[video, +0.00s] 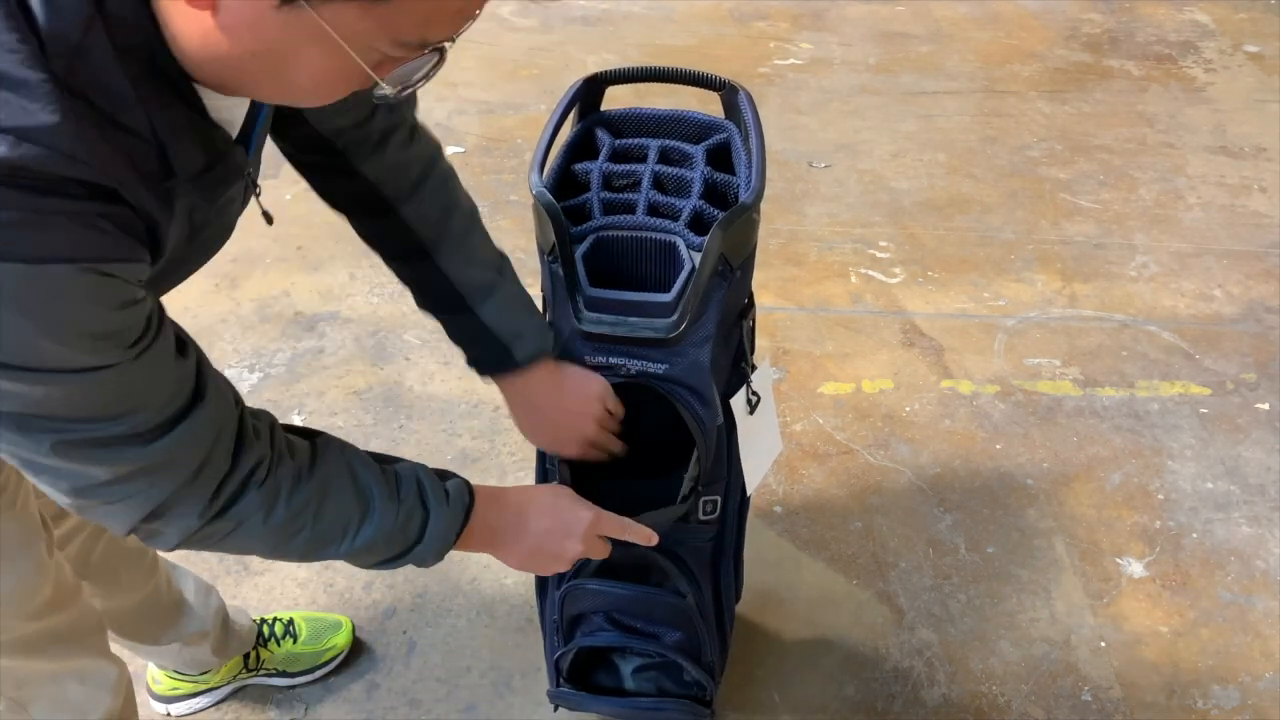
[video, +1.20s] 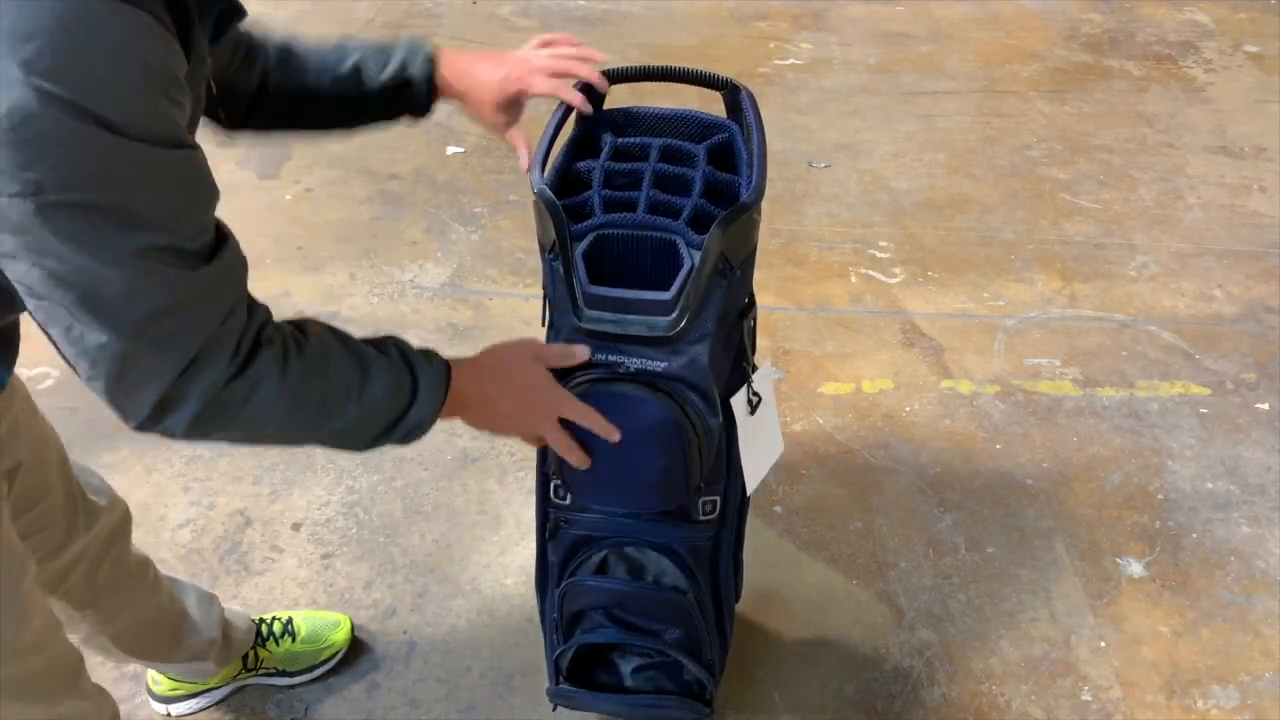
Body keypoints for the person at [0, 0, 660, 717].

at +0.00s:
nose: (408, 82)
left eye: (426, 56)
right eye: (398, 57)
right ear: (238, 13)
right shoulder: (32, 223)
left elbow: (373, 149)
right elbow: (201, 480)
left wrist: (523, 364)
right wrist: (479, 518)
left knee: (83, 513)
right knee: (39, 622)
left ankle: (200, 653)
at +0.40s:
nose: (382, 104)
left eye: (406, 77)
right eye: (383, 76)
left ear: (194, 17)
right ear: (198, 23)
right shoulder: (19, 256)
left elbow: (347, 189)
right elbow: (178, 498)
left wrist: (515, 380)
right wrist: (472, 524)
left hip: (45, 361)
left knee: (97, 518)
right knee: (37, 628)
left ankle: (199, 654)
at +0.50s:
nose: (383, 63)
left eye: (398, 41)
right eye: (386, 41)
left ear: (206, 2)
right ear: (211, 3)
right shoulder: (25, 257)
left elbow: (226, 145)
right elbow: (191, 485)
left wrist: (369, 316)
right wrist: (480, 506)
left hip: (45, 363)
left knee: (94, 520)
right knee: (38, 620)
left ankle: (198, 653)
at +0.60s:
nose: (379, 7)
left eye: (380, 1)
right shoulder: (33, 182)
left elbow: (193, 162)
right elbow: (202, 452)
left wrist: (337, 329)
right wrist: (482, 436)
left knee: (78, 512)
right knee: (45, 641)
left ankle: (197, 653)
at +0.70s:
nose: (341, 6)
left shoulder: (196, 16)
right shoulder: (47, 131)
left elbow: (235, 193)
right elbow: (228, 448)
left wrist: (392, 370)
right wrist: (515, 458)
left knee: (76, 505)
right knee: (35, 625)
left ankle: (198, 654)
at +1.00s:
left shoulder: (158, 27)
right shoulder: (80, 77)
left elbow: (259, 220)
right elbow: (259, 420)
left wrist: (419, 393)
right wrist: (530, 493)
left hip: (5, 364)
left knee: (85, 523)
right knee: (36, 653)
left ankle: (200, 653)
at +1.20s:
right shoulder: (52, 50)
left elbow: (227, 72)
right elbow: (189, 367)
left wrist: (443, 71)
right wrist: (452, 387)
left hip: (3, 377)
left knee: (71, 534)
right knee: (31, 673)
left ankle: (199, 651)